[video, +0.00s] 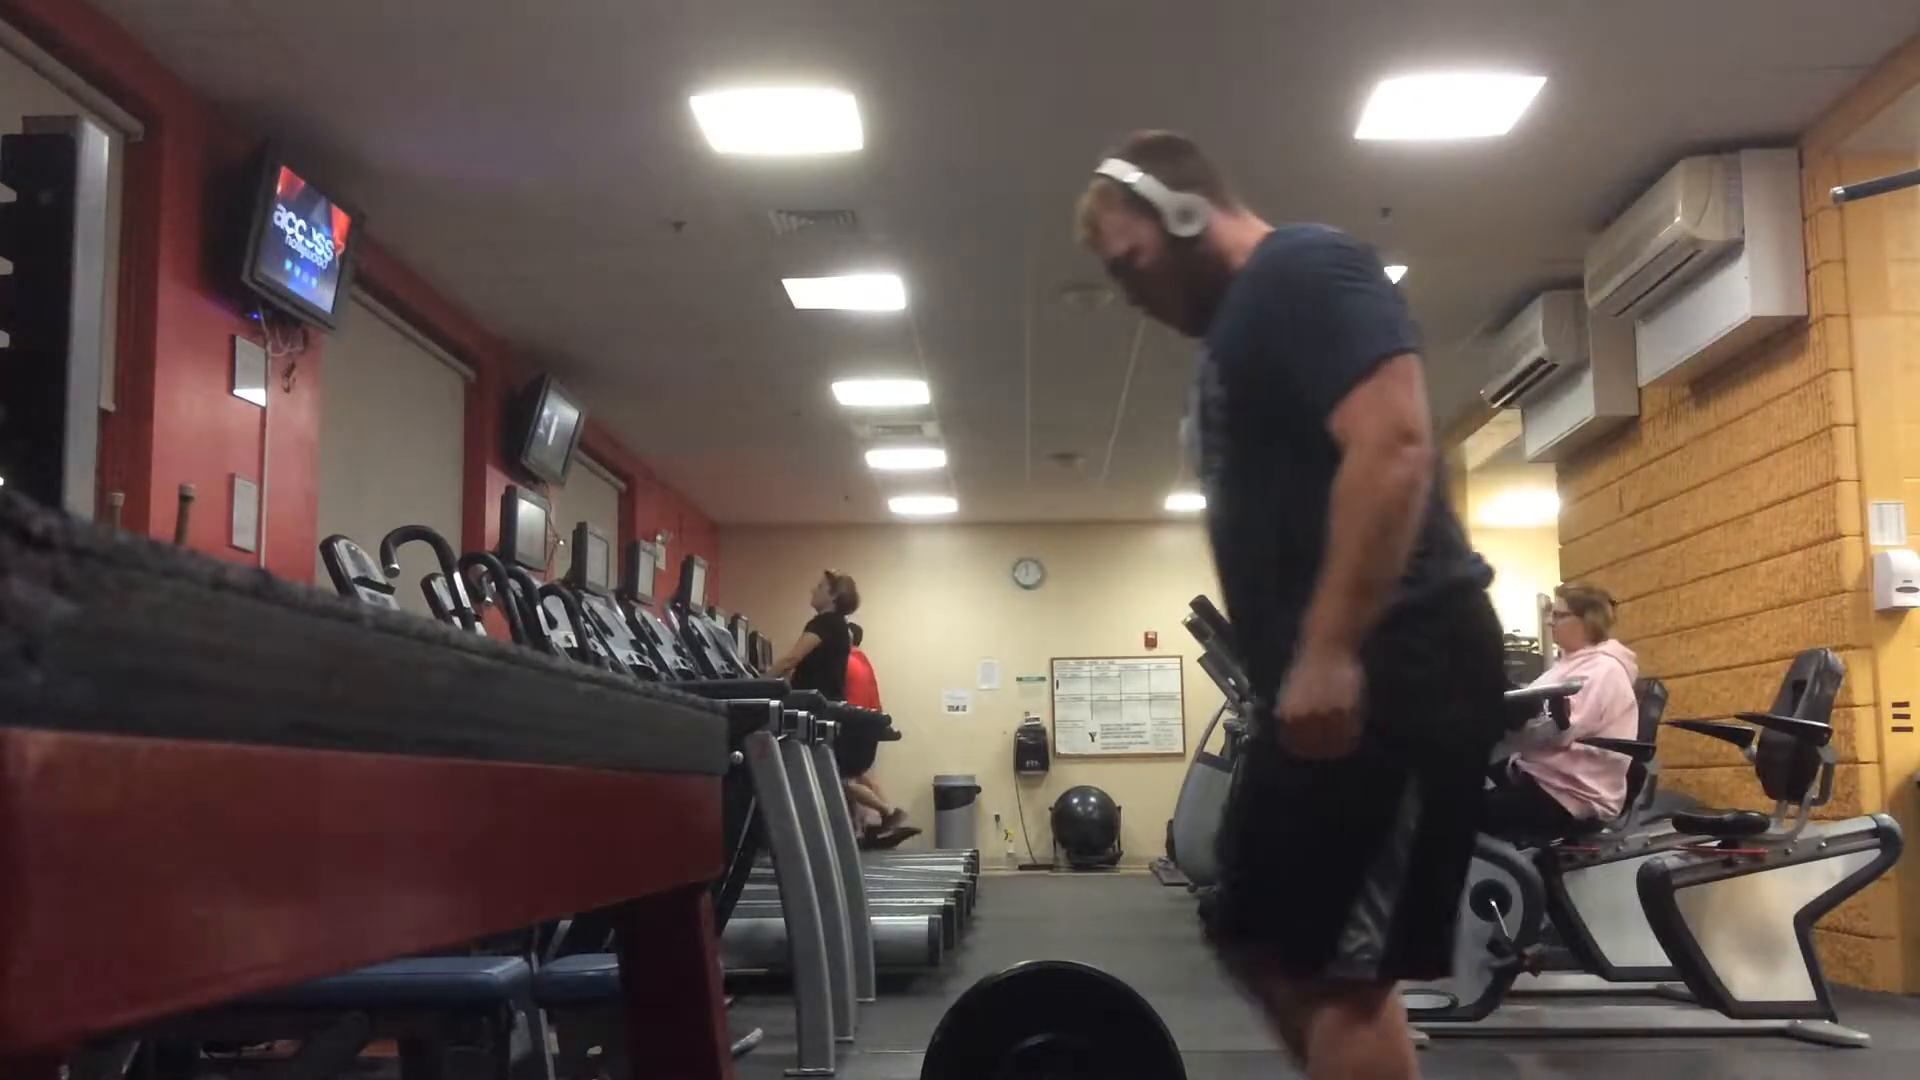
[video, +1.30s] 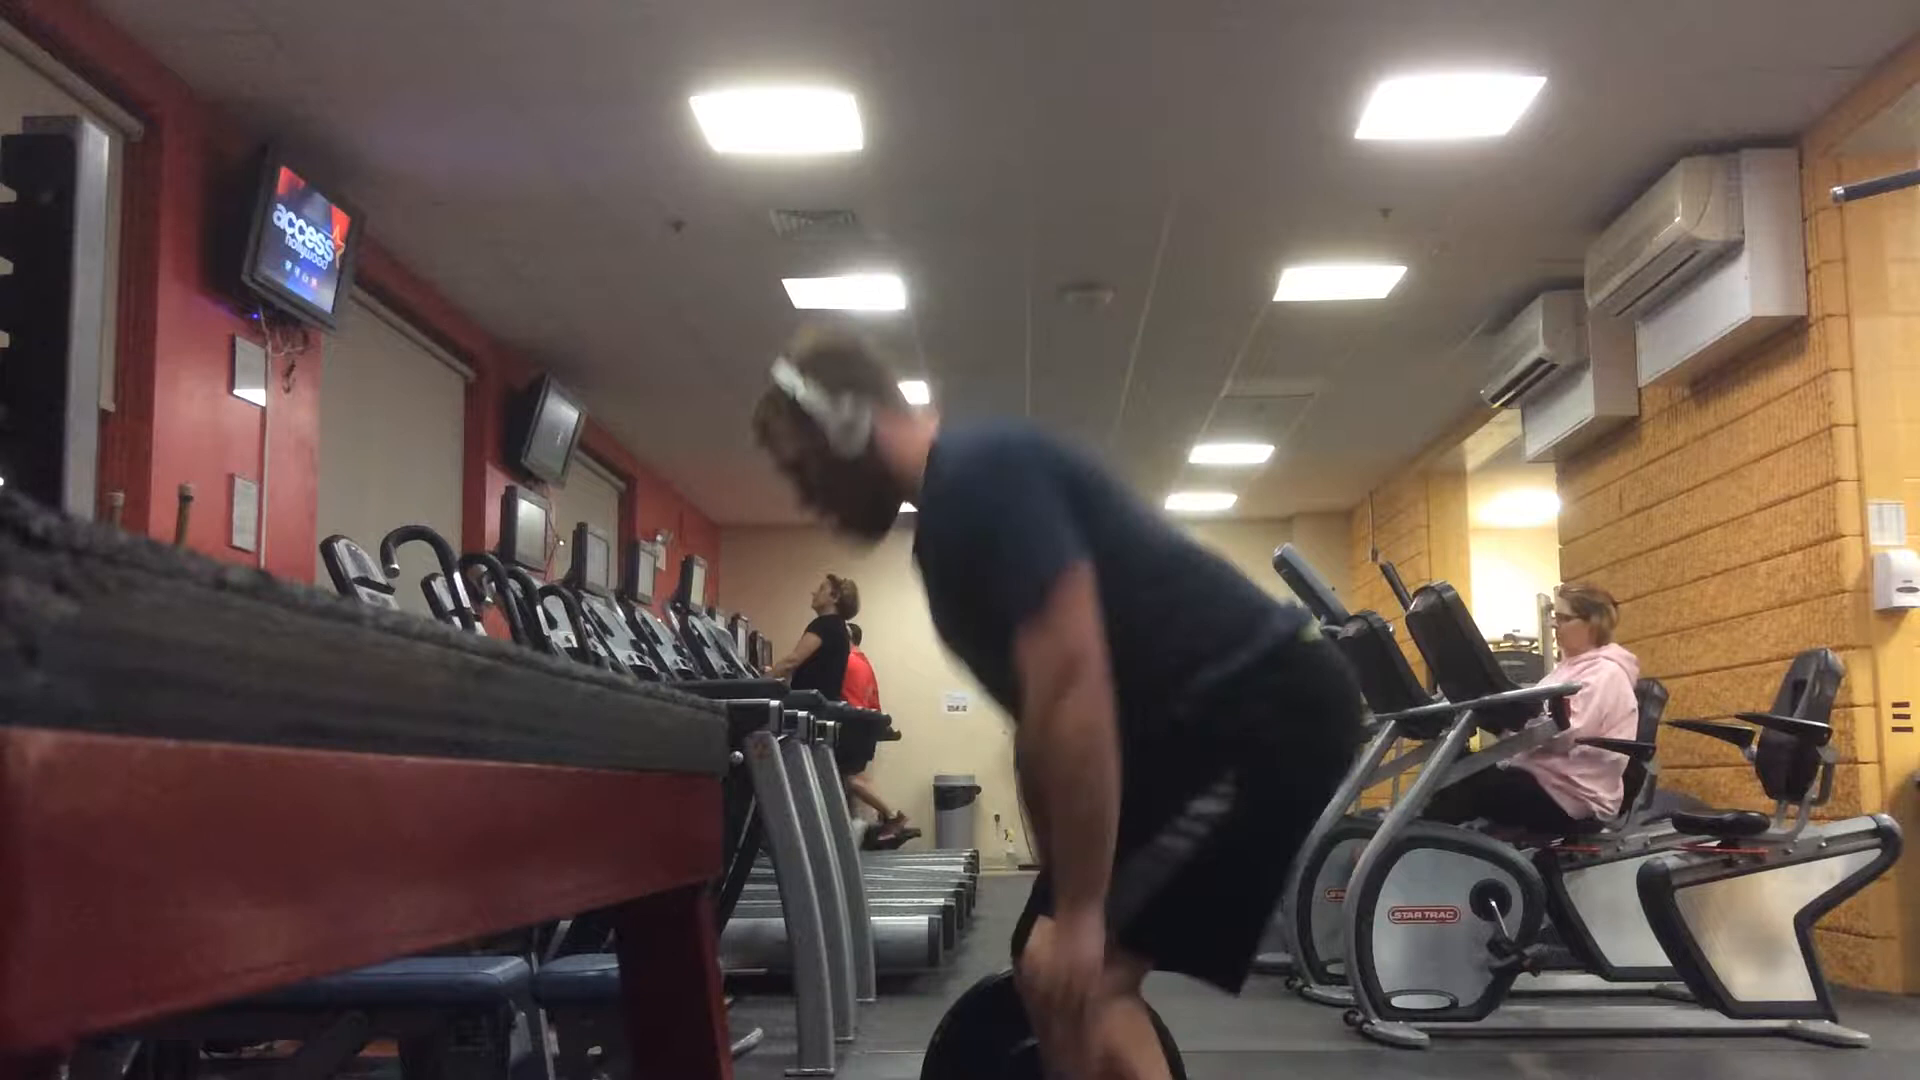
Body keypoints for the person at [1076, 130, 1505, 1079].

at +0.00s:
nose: (1127, 294)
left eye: (1127, 263)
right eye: (1114, 277)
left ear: (1190, 216)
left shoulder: (1301, 268)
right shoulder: (1237, 335)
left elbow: (1395, 448)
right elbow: (1303, 507)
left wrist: (1329, 644)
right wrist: (1276, 652)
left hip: (1400, 659)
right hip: (1327, 669)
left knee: (1342, 977)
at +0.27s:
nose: (1030, 302)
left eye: (1030, 272)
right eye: (1019, 285)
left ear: (1089, 221)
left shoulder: (1197, 273)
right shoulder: (1139, 339)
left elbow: (1317, 433)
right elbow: (1211, 520)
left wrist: (1277, 643)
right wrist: (1200, 689)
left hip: (1302, 667)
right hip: (1231, 677)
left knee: (1275, 987)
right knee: (1212, 976)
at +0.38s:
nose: (993, 312)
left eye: (993, 283)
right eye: (981, 296)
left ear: (1051, 231)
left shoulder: (1163, 280)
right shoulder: (1107, 351)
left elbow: (1296, 423)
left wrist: (1250, 625)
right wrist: (1179, 653)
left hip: (1261, 672)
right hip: (1204, 683)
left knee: (1196, 959)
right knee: (1182, 958)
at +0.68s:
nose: (911, 333)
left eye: (907, 302)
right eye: (896, 315)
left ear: (952, 248)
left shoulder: (1090, 292)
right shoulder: (1018, 396)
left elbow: (1227, 442)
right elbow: (1097, 557)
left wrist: (1170, 653)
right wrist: (1106, 718)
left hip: (1224, 655)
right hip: (1148, 680)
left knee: (1136, 948)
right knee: (1124, 952)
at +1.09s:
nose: (880, 373)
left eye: (863, 346)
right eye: (858, 356)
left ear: (894, 287)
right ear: (903, 281)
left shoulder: (1027, 322)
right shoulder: (977, 395)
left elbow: (1141, 495)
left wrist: (1083, 707)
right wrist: (1077, 715)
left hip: (1221, 652)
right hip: (1161, 671)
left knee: (1081, 934)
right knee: (1086, 935)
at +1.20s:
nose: (838, 430)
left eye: (825, 401)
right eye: (820, 413)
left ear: (853, 352)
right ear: (877, 323)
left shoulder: (1006, 376)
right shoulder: (966, 452)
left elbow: (1109, 555)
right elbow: (1058, 663)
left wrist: (1087, 786)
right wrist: (1072, 796)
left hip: (1235, 666)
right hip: (1172, 688)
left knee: (1081, 952)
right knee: (1078, 952)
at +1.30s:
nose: (802, 496)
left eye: (797, 464)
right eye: (789, 474)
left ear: (844, 423)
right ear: (852, 419)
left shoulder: (980, 472)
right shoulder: (949, 517)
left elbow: (1071, 684)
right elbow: (1041, 711)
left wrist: (1078, 914)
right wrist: (1064, 897)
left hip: (1265, 704)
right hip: (1197, 723)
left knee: (1088, 974)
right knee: (1051, 955)